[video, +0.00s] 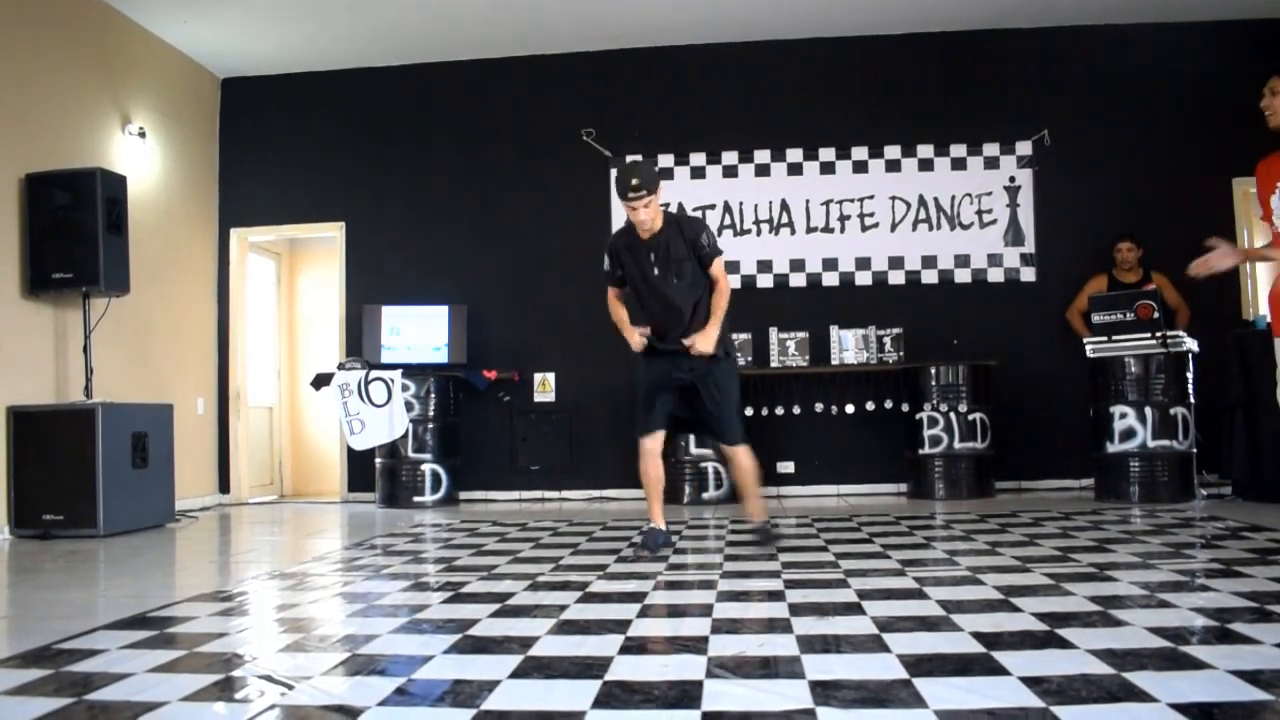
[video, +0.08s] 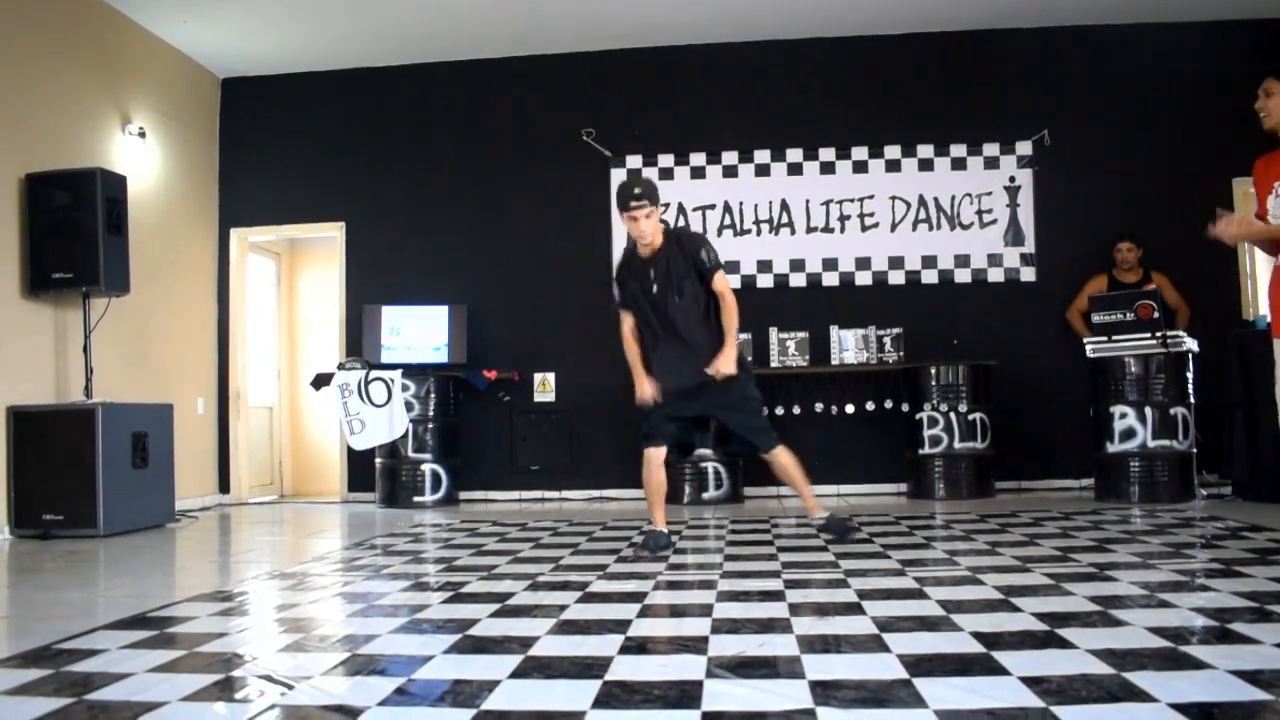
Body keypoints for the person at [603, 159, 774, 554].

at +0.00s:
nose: (640, 214)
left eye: (646, 205)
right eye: (632, 207)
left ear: (660, 195)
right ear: (622, 205)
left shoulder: (691, 230)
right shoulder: (619, 246)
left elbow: (722, 282)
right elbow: (615, 295)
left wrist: (712, 330)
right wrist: (627, 329)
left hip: (707, 351)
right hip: (658, 355)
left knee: (731, 441)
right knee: (649, 440)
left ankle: (759, 521)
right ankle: (657, 527)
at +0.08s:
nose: (640, 224)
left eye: (645, 215)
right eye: (632, 217)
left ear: (658, 213)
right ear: (623, 221)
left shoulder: (691, 245)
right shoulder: (626, 268)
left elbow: (726, 296)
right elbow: (628, 330)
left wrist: (729, 349)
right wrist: (639, 376)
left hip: (716, 367)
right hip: (666, 378)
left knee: (766, 441)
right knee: (653, 451)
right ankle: (658, 530)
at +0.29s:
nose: (675, 235)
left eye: (680, 228)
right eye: (665, 230)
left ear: (689, 233)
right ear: (650, 239)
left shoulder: (722, 262)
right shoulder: (658, 297)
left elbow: (758, 315)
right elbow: (670, 362)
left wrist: (774, 371)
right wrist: (684, 347)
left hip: (761, 379)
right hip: (711, 389)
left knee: (816, 447)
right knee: (682, 460)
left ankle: (862, 522)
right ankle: (662, 532)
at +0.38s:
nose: (698, 241)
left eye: (703, 233)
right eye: (688, 235)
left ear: (712, 238)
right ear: (672, 244)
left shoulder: (740, 270)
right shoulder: (680, 307)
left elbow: (773, 324)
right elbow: (709, 365)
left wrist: (775, 381)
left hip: (772, 379)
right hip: (725, 391)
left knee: (831, 442)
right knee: (691, 460)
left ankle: (864, 523)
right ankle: (663, 531)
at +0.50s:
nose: (724, 248)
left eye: (729, 241)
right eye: (714, 243)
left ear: (737, 247)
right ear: (698, 253)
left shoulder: (765, 280)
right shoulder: (704, 311)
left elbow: (789, 333)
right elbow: (753, 357)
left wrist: (789, 390)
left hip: (788, 383)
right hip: (739, 392)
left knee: (847, 443)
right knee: (697, 463)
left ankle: (867, 524)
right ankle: (664, 529)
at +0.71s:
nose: (757, 253)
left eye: (762, 245)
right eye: (747, 246)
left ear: (769, 248)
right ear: (729, 253)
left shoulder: (785, 283)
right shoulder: (727, 310)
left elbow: (801, 319)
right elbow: (767, 370)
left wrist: (824, 343)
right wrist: (817, 404)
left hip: (797, 393)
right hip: (747, 400)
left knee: (859, 441)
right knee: (704, 467)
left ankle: (867, 524)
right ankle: (660, 530)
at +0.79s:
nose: (781, 248)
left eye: (785, 241)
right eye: (771, 242)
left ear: (791, 246)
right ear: (752, 251)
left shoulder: (805, 286)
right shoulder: (744, 307)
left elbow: (820, 322)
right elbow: (763, 374)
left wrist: (844, 343)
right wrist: (812, 404)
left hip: (812, 401)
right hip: (757, 407)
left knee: (866, 439)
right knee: (707, 465)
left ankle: (869, 525)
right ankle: (659, 530)